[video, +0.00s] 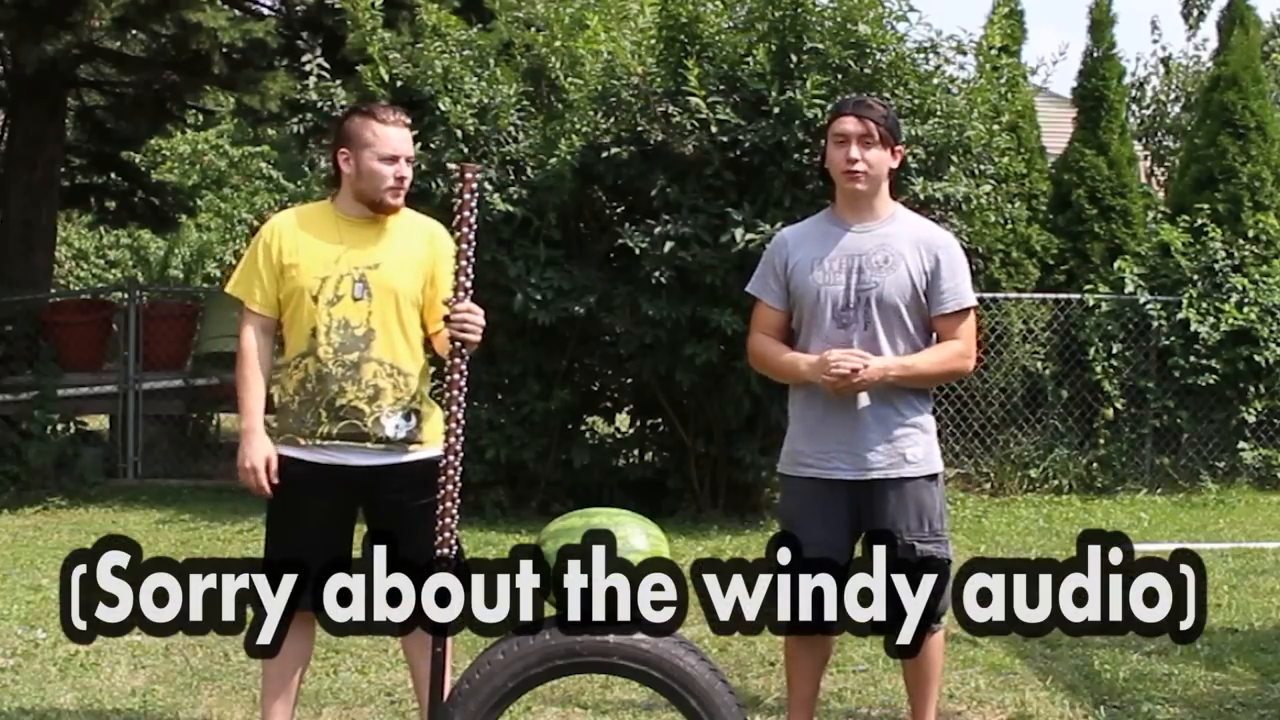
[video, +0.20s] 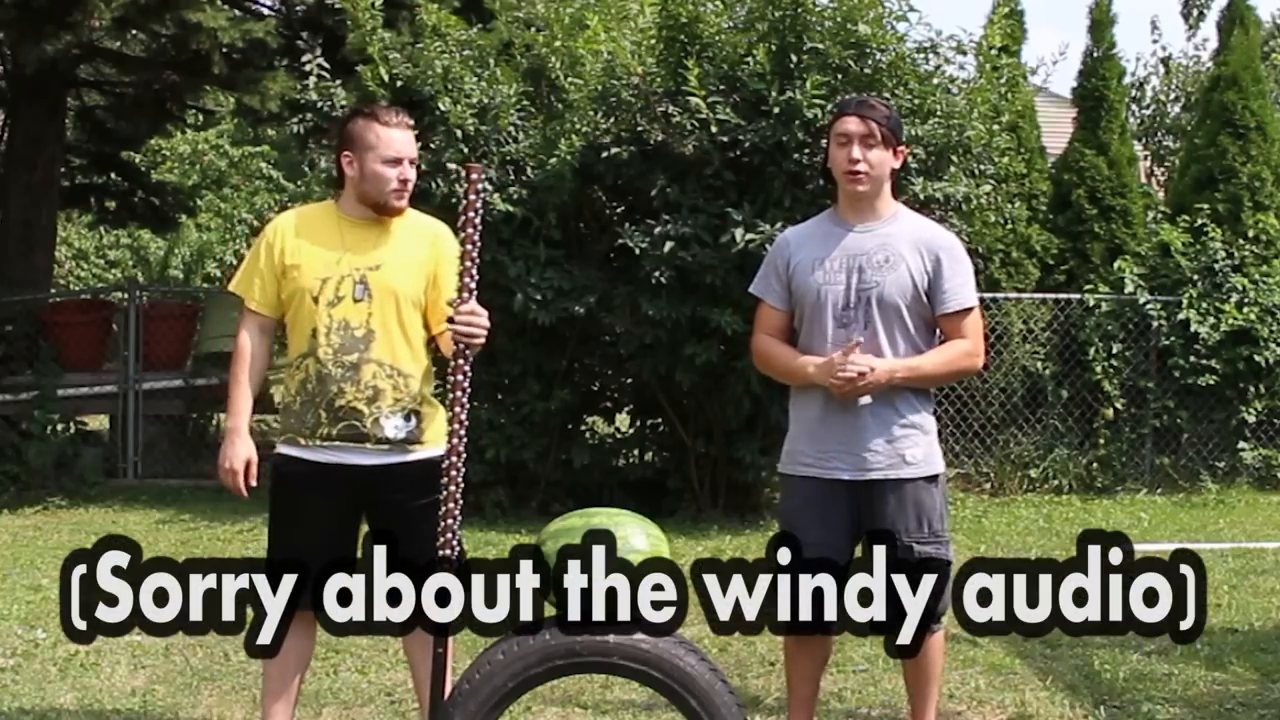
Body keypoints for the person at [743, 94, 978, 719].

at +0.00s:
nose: (853, 153)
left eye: (867, 143)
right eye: (841, 142)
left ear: (892, 156)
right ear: (825, 156)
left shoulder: (933, 244)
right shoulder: (790, 244)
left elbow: (962, 352)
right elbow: (760, 345)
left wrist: (884, 369)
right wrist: (808, 366)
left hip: (905, 465)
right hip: (813, 464)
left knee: (922, 610)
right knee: (805, 609)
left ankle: (923, 717)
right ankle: (799, 717)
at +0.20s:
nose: (854, 153)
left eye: (869, 143)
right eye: (843, 142)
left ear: (895, 156)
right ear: (827, 156)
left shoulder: (936, 244)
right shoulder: (792, 245)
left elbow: (970, 350)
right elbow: (764, 346)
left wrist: (888, 371)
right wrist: (814, 368)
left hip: (906, 466)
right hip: (813, 466)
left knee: (921, 611)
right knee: (805, 610)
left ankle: (923, 717)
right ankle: (799, 716)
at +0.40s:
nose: (860, 156)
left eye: (874, 144)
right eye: (847, 143)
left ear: (898, 157)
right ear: (830, 156)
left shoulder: (937, 244)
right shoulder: (795, 245)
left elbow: (968, 351)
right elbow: (765, 346)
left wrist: (888, 373)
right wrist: (813, 369)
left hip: (909, 467)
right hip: (817, 466)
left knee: (924, 612)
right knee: (809, 611)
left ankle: (924, 717)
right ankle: (800, 717)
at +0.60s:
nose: (861, 152)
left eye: (876, 141)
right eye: (849, 139)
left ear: (899, 157)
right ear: (832, 153)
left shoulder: (938, 243)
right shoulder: (795, 244)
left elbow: (972, 349)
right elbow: (761, 343)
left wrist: (891, 373)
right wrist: (814, 374)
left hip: (911, 466)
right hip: (818, 465)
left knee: (925, 610)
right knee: (811, 610)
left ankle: (925, 716)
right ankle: (800, 716)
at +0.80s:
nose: (860, 151)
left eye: (875, 140)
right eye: (849, 139)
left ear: (898, 156)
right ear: (831, 153)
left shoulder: (938, 242)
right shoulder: (794, 244)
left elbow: (972, 348)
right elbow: (763, 345)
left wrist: (897, 375)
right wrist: (819, 376)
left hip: (910, 465)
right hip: (818, 464)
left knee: (924, 609)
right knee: (810, 609)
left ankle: (924, 716)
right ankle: (800, 716)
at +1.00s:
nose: (856, 155)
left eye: (872, 144)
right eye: (845, 142)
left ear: (898, 157)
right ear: (830, 154)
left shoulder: (937, 243)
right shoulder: (793, 244)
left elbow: (970, 350)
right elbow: (760, 344)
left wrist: (895, 373)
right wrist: (818, 371)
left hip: (908, 465)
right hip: (817, 464)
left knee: (924, 609)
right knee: (809, 609)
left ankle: (924, 716)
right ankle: (800, 716)